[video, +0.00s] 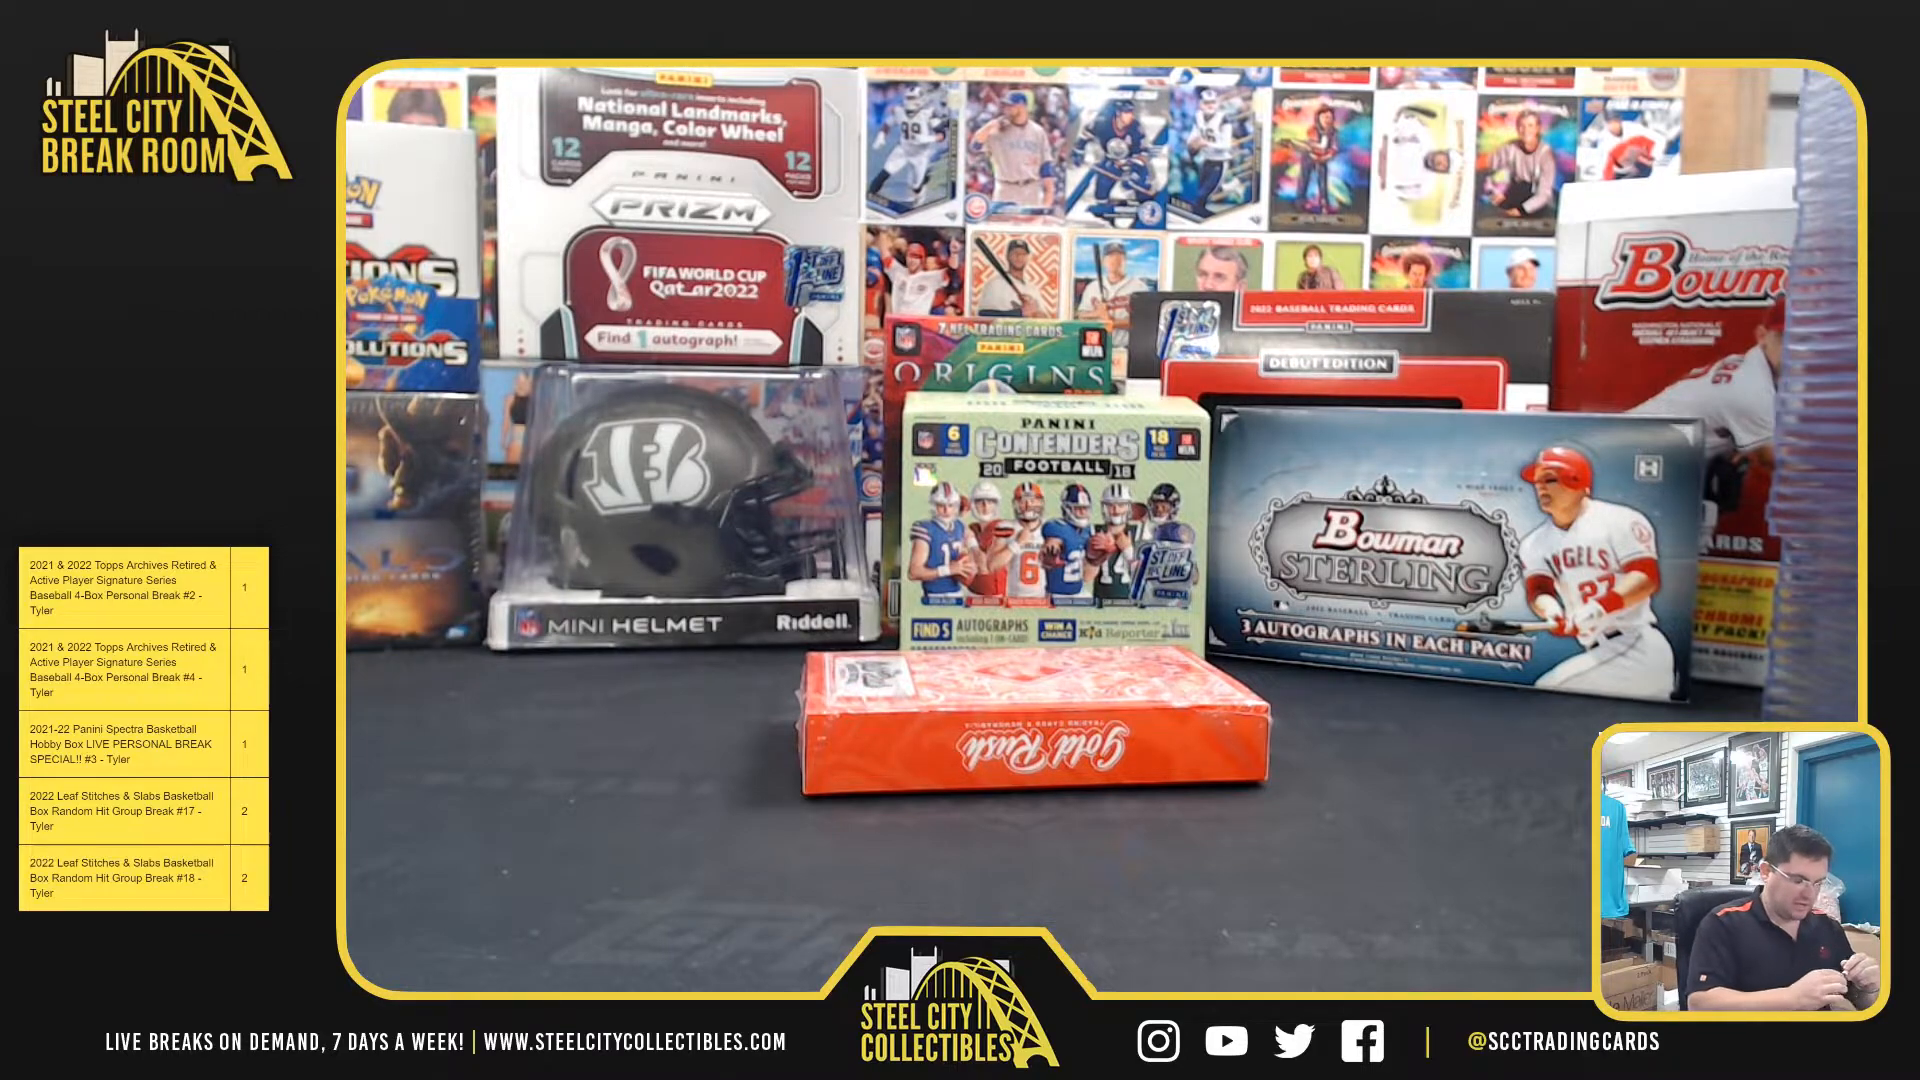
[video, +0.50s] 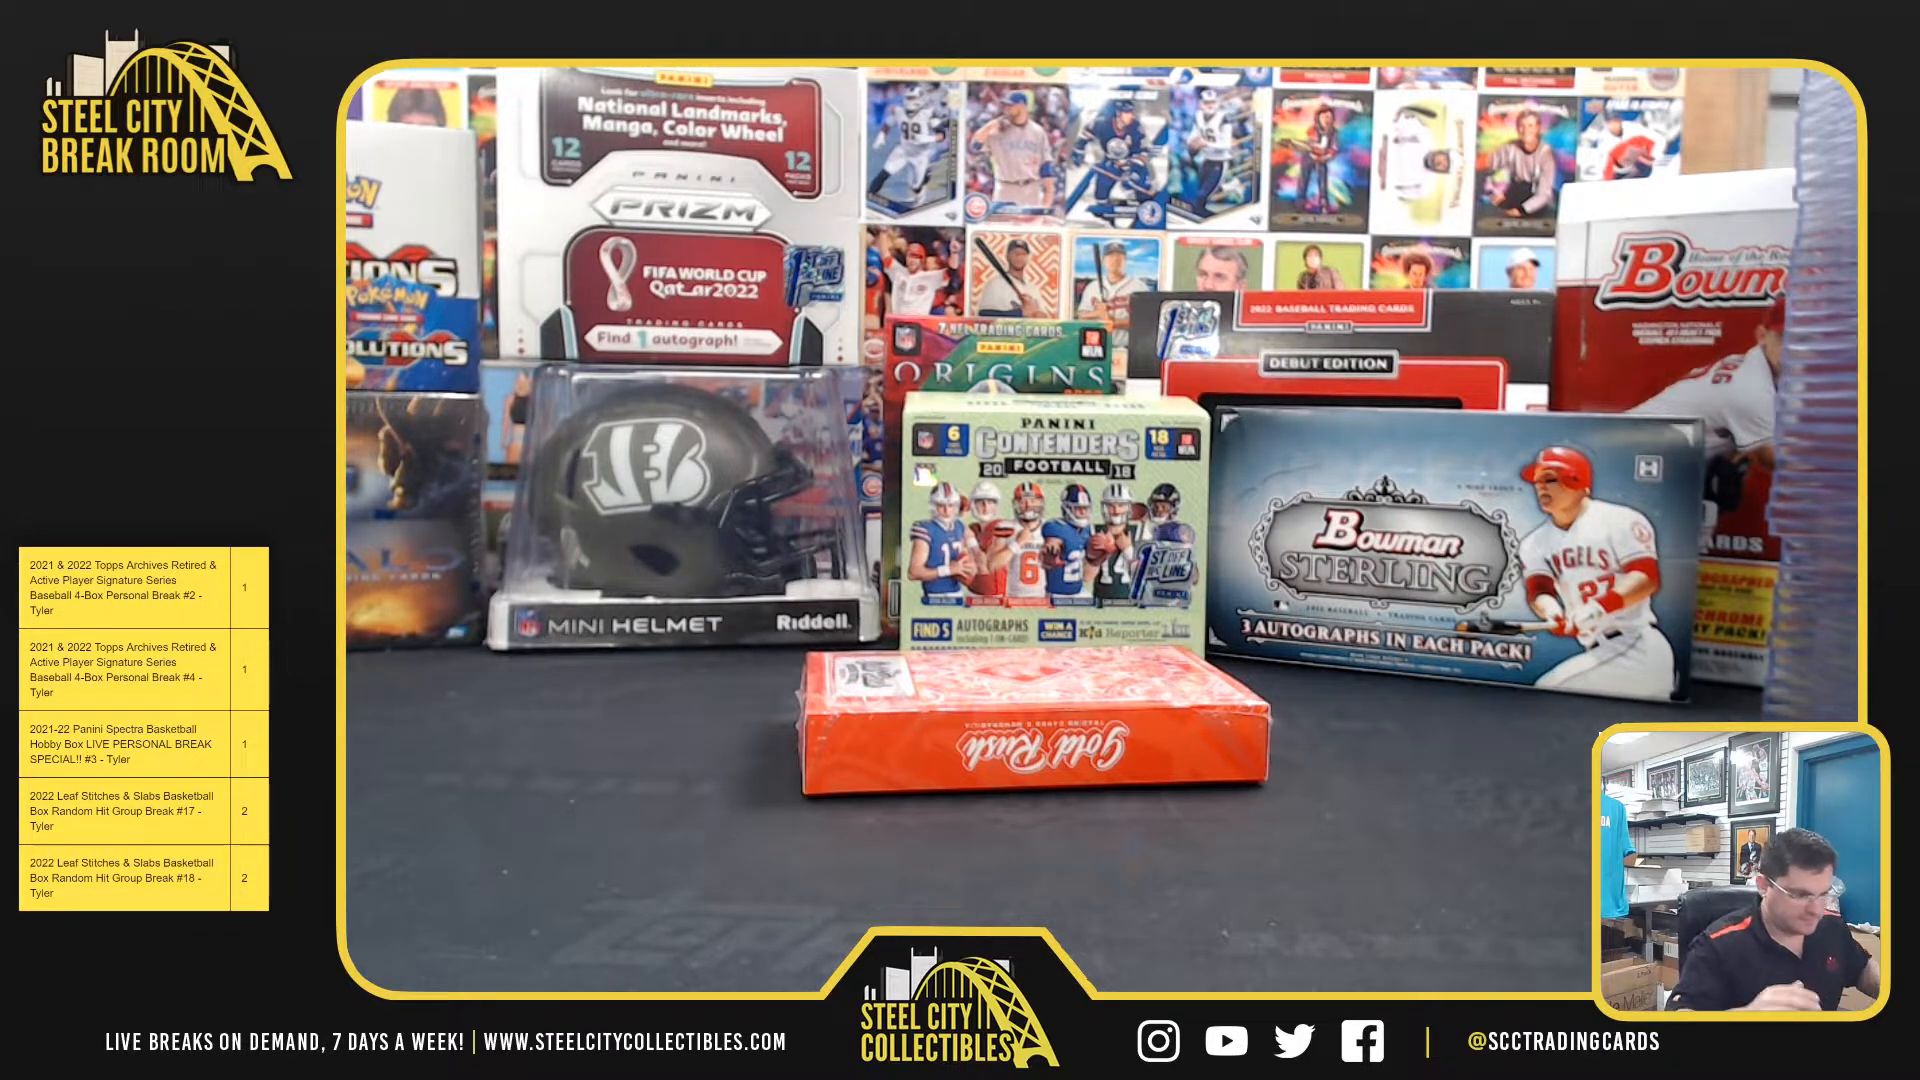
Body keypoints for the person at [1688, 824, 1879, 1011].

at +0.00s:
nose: (1809, 894)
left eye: (1818, 883)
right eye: (1798, 880)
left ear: (1823, 881)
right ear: (1766, 872)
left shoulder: (1828, 929)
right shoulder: (1721, 925)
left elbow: (1859, 1005)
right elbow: (1700, 1001)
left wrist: (1867, 987)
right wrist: (1791, 997)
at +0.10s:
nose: (1807, 893)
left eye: (1816, 881)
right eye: (1795, 879)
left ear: (1822, 880)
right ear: (1764, 873)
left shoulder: (1828, 928)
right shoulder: (1720, 925)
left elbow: (1869, 1006)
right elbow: (1698, 1002)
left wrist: (1868, 987)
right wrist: (1787, 995)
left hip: (1819, 1048)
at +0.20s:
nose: (1806, 894)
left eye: (1815, 882)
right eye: (1793, 880)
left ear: (1821, 879)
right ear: (1762, 874)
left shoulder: (1830, 927)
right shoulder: (1720, 926)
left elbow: (1875, 1001)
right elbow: (1696, 1001)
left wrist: (1871, 986)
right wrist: (1784, 995)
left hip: (1821, 1048)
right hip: (1743, 1050)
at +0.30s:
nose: (1806, 896)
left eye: (1814, 884)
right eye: (1793, 882)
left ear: (1821, 880)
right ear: (1761, 875)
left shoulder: (1830, 927)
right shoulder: (1718, 930)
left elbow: (1866, 976)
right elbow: (1688, 1004)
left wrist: (1880, 990)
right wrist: (1771, 995)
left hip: (1823, 1049)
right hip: (1742, 1052)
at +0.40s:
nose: (1810, 901)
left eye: (1817, 888)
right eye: (1795, 888)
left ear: (1823, 881)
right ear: (1761, 879)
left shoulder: (1831, 930)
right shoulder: (1715, 938)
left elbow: (1864, 975)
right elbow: (1677, 1010)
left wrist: (1887, 992)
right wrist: (1752, 1000)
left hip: (1822, 1056)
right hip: (1739, 1060)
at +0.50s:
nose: (1816, 909)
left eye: (1824, 894)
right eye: (1801, 895)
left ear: (1829, 886)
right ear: (1763, 885)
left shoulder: (1833, 931)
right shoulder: (1717, 947)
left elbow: (1865, 971)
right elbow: (1680, 1019)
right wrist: (1750, 1011)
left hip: (1824, 1059)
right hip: (1746, 1064)